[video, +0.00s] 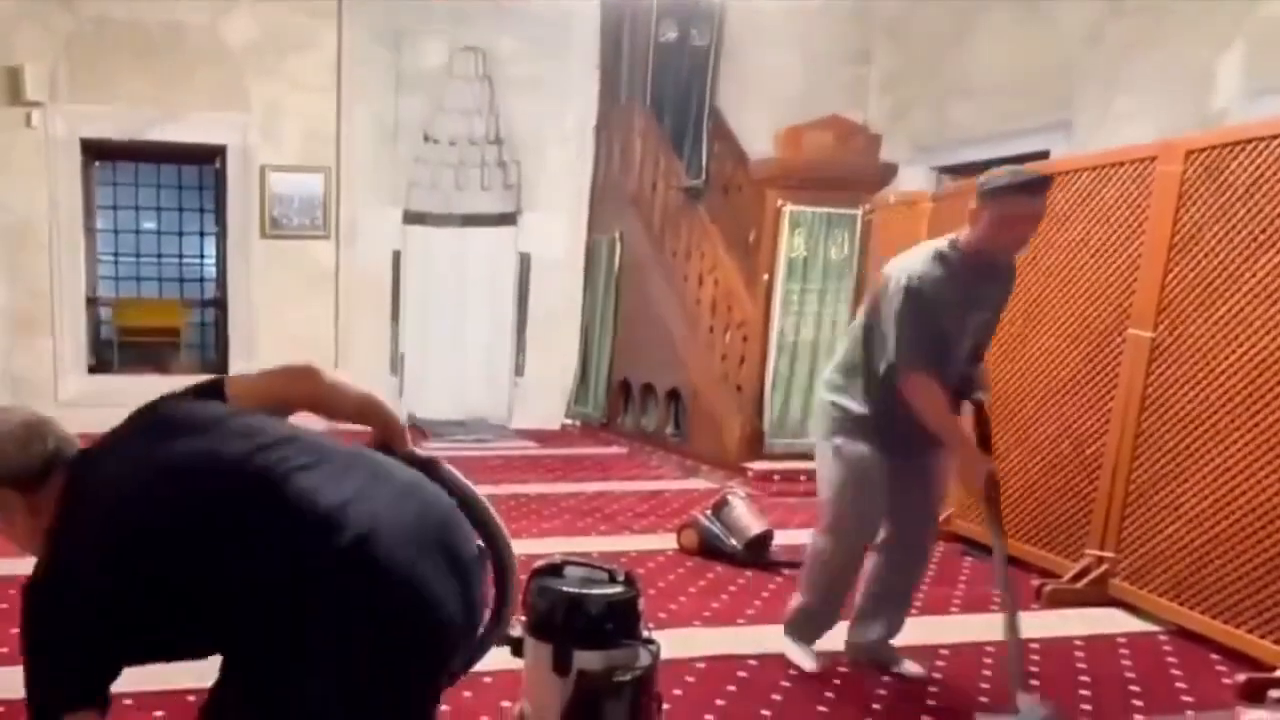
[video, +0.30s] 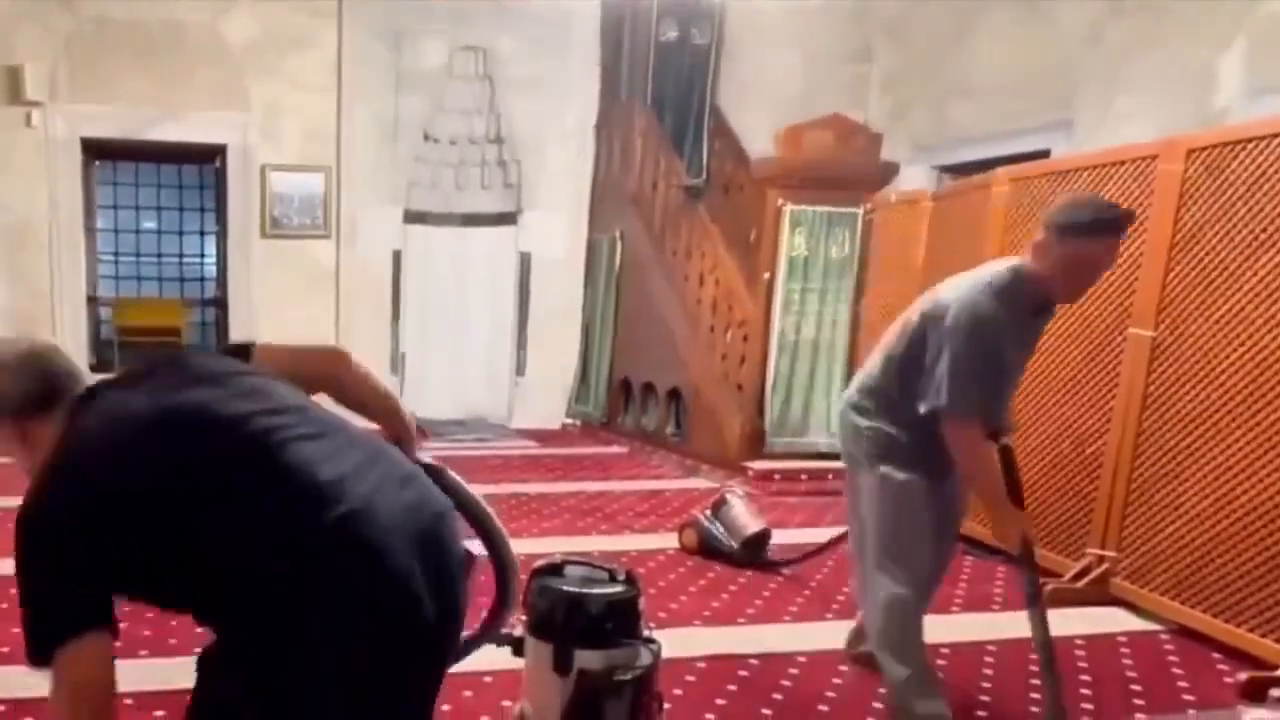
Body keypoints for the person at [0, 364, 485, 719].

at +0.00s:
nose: (6, 529)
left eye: (1, 513)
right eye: (1, 515)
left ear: (16, 501)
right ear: (70, 441)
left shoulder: (60, 596)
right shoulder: (159, 420)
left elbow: (72, 710)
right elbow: (307, 379)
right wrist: (392, 428)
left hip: (365, 625)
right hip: (455, 545)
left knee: (234, 702)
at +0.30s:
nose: (15, 464)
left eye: (9, 448)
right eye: (9, 451)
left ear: (17, 432)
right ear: (77, 381)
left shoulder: (56, 511)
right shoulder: (172, 371)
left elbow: (87, 700)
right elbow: (334, 362)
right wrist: (403, 433)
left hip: (333, 601)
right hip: (430, 537)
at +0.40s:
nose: (52, 410)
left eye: (46, 397)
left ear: (49, 383)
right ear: (118, 338)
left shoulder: (72, 457)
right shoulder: (214, 343)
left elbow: (115, 652)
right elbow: (367, 364)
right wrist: (425, 461)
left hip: (328, 592)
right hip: (434, 539)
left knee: (229, 689)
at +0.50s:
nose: (103, 369)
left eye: (95, 360)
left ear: (97, 347)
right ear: (172, 301)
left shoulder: (102, 410)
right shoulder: (256, 316)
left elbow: (148, 593)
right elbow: (405, 363)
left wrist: (165, 703)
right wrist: (436, 484)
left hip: (324, 585)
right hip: (440, 543)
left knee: (237, 705)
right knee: (380, 705)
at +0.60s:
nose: (149, 329)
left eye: (143, 317)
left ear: (143, 306)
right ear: (217, 274)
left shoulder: (143, 378)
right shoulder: (303, 296)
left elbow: (181, 557)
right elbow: (441, 358)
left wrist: (217, 630)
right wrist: (448, 479)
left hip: (334, 572)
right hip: (450, 537)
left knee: (251, 700)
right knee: (383, 701)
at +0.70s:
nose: (187, 303)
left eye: (184, 292)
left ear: (184, 279)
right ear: (259, 252)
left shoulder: (183, 349)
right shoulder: (344, 277)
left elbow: (206, 523)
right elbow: (470, 343)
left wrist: (262, 589)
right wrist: (452, 462)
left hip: (338, 556)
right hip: (459, 530)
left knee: (263, 710)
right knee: (396, 705)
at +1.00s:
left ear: (216, 251)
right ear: (288, 223)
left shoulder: (210, 328)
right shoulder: (375, 255)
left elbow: (252, 487)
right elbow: (495, 289)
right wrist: (453, 398)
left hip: (324, 534)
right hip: (452, 514)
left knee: (239, 703)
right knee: (424, 703)